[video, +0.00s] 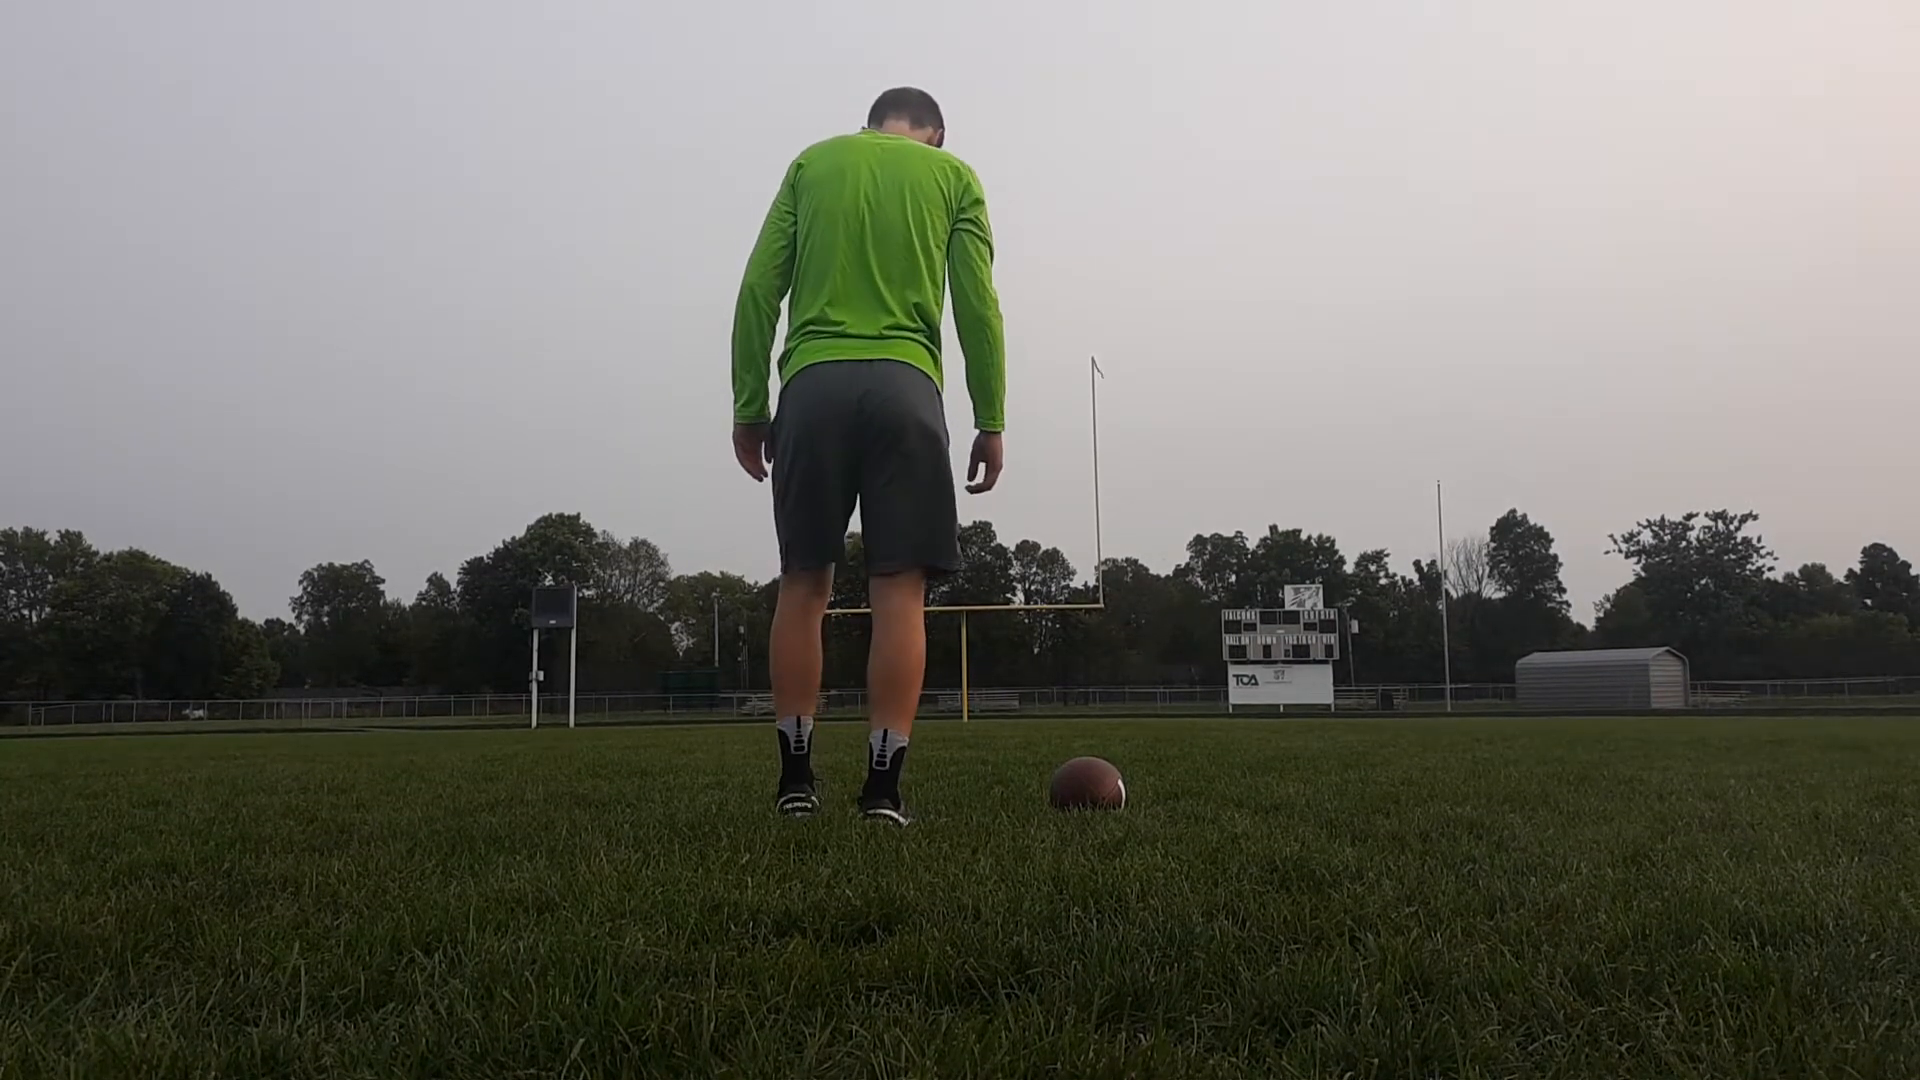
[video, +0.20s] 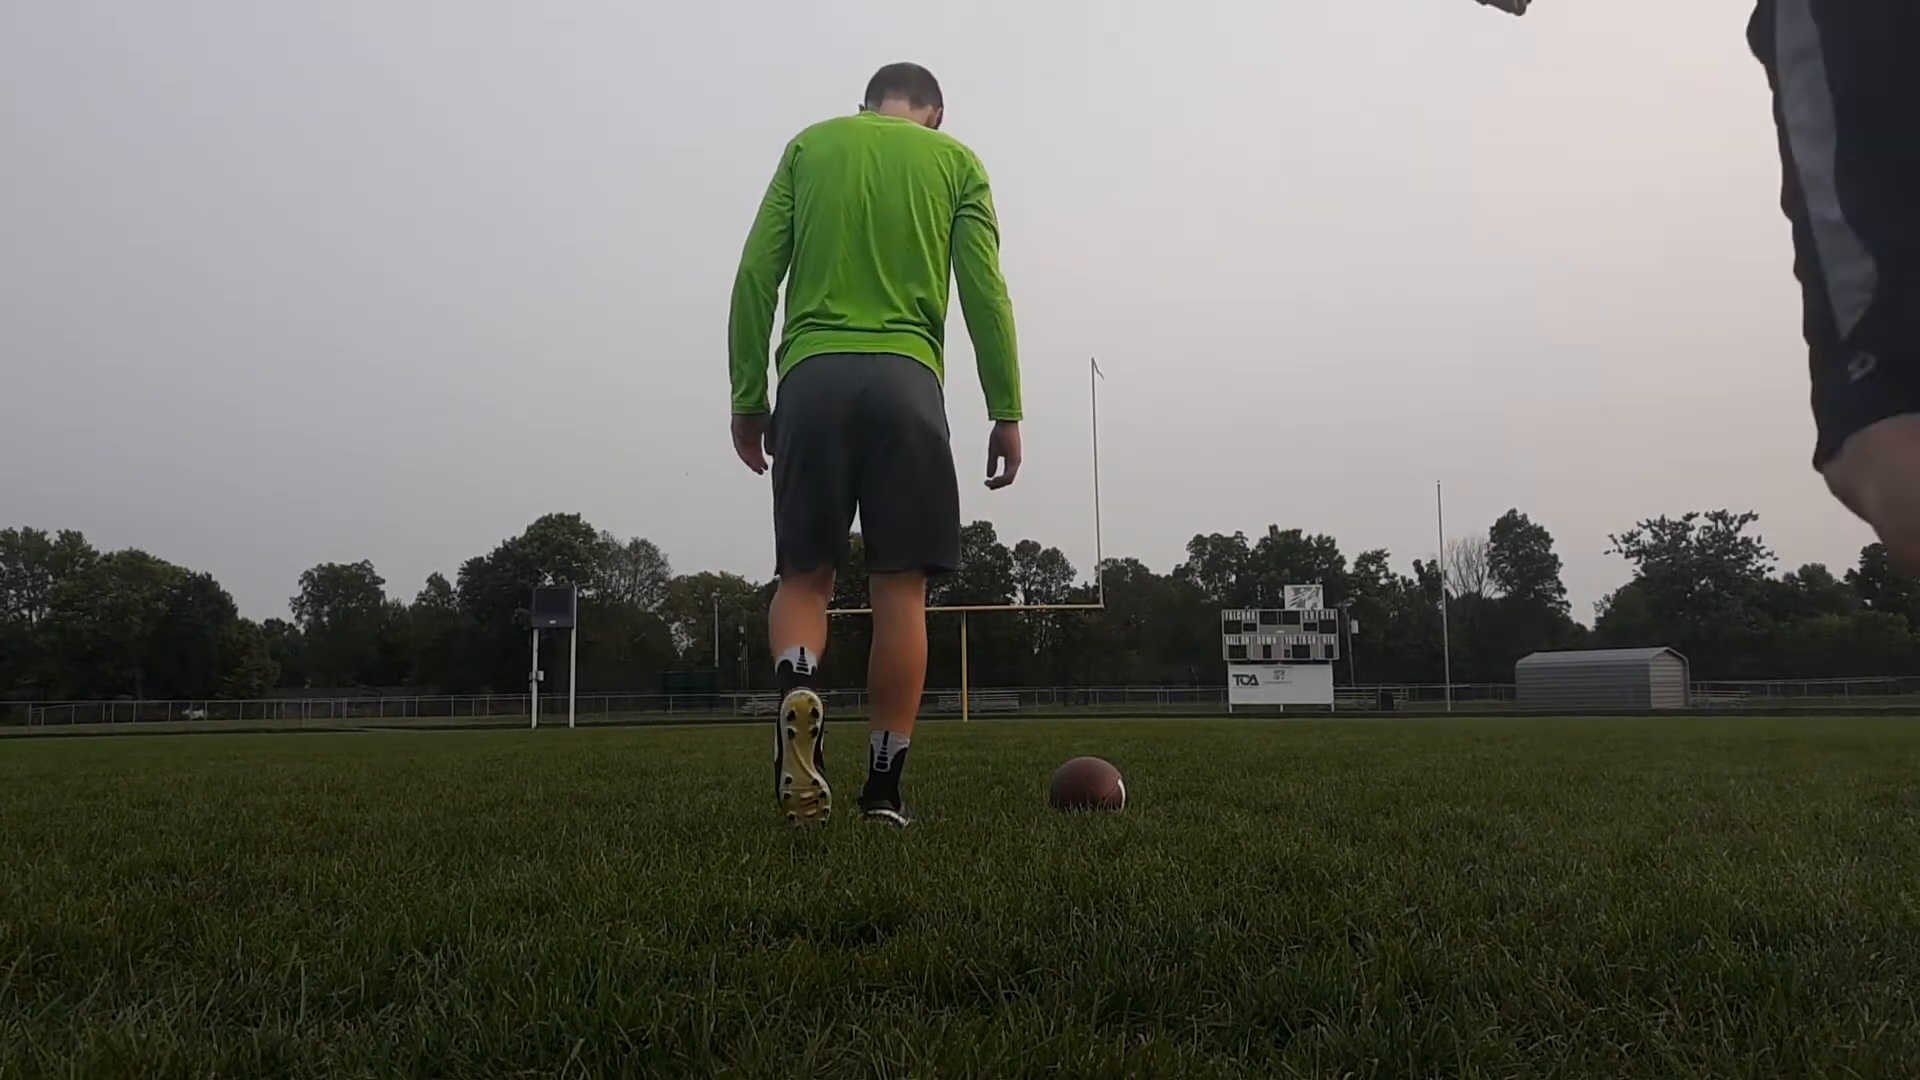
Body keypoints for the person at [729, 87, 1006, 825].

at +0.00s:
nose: (938, 156)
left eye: (933, 146)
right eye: (941, 145)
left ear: (871, 121)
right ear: (932, 132)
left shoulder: (812, 162)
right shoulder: (952, 174)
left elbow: (759, 287)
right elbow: (977, 300)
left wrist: (749, 408)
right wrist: (991, 420)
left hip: (814, 387)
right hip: (907, 390)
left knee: (802, 584)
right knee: (900, 590)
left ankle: (795, 781)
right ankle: (883, 792)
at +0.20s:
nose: (936, 134)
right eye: (938, 123)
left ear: (867, 102)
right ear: (933, 111)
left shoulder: (811, 142)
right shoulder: (955, 161)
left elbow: (757, 270)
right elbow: (983, 288)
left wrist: (747, 398)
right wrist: (1007, 412)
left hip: (812, 379)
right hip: (906, 383)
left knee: (803, 573)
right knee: (901, 587)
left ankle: (799, 690)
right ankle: (883, 793)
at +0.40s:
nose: (920, 107)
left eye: (911, 97)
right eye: (923, 97)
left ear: (850, 82)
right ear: (920, 89)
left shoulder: (796, 131)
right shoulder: (949, 144)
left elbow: (742, 270)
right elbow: (983, 272)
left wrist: (744, 396)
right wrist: (1004, 400)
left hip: (807, 371)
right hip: (905, 377)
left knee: (807, 579)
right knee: (903, 591)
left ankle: (794, 726)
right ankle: (885, 793)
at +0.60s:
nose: (888, 78)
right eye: (893, 66)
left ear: (817, 58)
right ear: (893, 59)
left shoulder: (768, 113)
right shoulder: (934, 118)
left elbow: (712, 263)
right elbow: (980, 250)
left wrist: (733, 386)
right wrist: (995, 380)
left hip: (793, 357)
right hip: (896, 365)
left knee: (801, 584)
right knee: (893, 593)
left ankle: (805, 809)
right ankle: (886, 795)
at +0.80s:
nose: (870, 18)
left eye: (797, 16)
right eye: (873, 12)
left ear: (788, 10)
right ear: (867, 8)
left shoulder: (741, 68)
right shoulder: (920, 64)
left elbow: (694, 238)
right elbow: (962, 191)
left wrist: (711, 371)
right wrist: (975, 333)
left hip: (780, 329)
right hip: (890, 333)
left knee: (796, 571)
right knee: (889, 569)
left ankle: (806, 816)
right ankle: (880, 785)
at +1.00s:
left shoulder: (726, 16)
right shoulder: (915, 11)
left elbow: (676, 184)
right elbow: (952, 122)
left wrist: (688, 339)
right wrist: (972, 281)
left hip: (768, 282)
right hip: (884, 281)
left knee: (790, 553)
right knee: (902, 541)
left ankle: (804, 819)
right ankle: (892, 789)